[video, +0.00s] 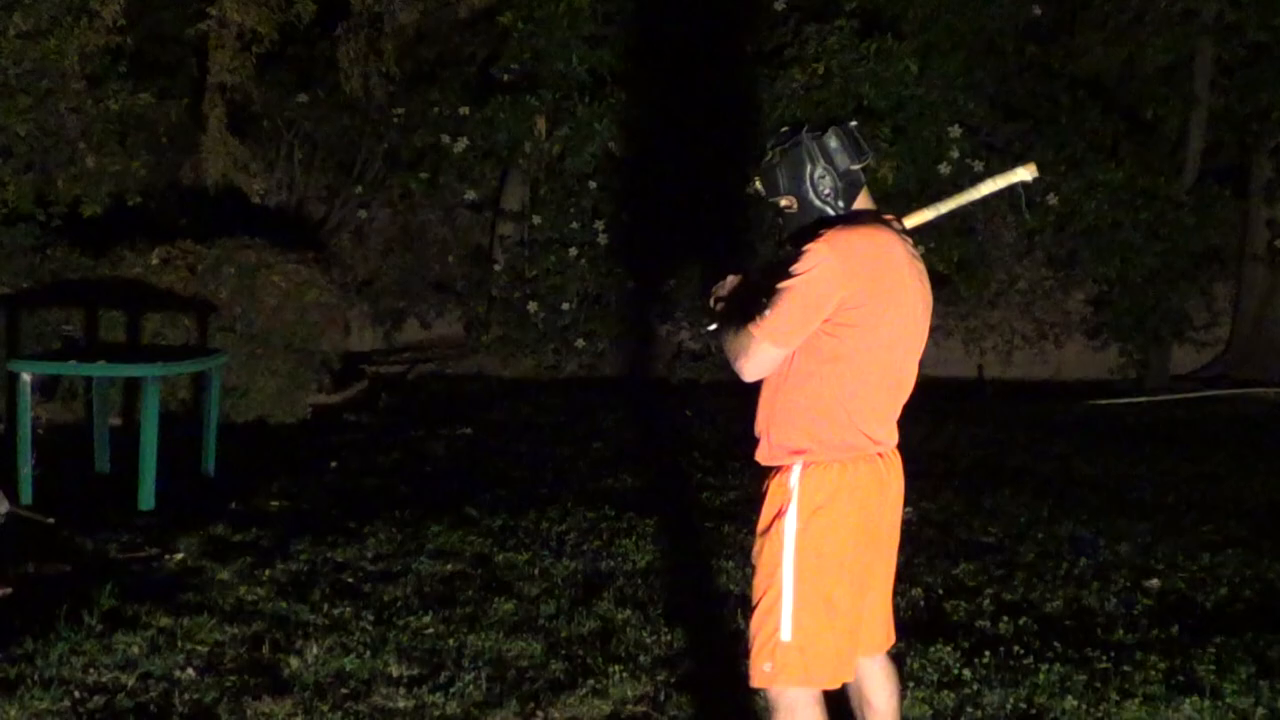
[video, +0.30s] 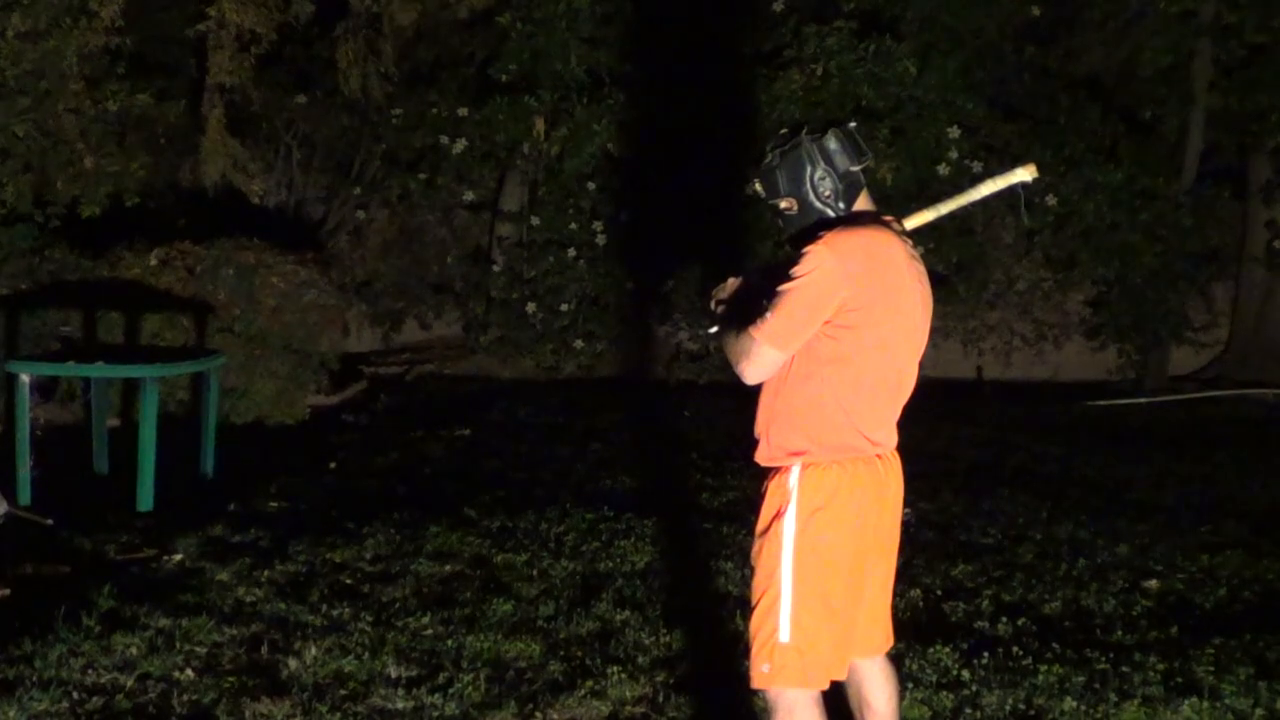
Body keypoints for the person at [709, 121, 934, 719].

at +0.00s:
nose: (783, 210)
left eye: (785, 196)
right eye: (780, 197)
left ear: (807, 192)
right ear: (853, 180)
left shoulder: (833, 256)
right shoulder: (906, 260)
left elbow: (751, 360)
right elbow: (836, 342)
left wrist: (729, 311)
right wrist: (766, 299)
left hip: (816, 481)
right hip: (876, 477)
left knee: (787, 675)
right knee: (866, 651)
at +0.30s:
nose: (783, 215)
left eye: (786, 201)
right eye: (780, 202)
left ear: (810, 195)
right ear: (852, 183)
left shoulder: (833, 257)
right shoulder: (907, 263)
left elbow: (753, 363)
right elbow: (836, 341)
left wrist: (731, 315)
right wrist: (765, 297)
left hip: (814, 482)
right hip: (876, 479)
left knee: (786, 677)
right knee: (865, 654)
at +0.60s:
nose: (781, 215)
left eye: (785, 201)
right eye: (778, 202)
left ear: (810, 195)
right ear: (850, 184)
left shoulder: (835, 258)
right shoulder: (903, 261)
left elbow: (751, 363)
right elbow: (832, 342)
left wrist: (727, 315)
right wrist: (763, 299)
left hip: (813, 483)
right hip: (873, 480)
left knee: (784, 677)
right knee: (861, 651)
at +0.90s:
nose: (778, 216)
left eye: (781, 202)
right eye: (776, 203)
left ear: (806, 196)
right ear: (845, 186)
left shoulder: (831, 258)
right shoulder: (900, 261)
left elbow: (749, 364)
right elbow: (830, 343)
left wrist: (723, 317)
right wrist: (760, 300)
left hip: (811, 483)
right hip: (871, 480)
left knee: (782, 677)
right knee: (858, 650)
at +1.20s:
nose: (774, 214)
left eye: (776, 200)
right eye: (771, 201)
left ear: (800, 195)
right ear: (842, 184)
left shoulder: (828, 259)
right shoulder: (896, 261)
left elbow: (746, 365)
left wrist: (719, 318)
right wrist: (756, 301)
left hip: (808, 484)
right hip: (868, 480)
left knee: (779, 678)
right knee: (855, 652)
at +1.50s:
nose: (772, 214)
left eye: (774, 200)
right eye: (768, 201)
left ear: (798, 195)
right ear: (839, 184)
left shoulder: (825, 259)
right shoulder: (892, 260)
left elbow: (744, 365)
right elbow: (821, 341)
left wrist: (715, 320)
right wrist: (752, 302)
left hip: (806, 485)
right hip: (867, 481)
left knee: (776, 678)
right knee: (850, 652)